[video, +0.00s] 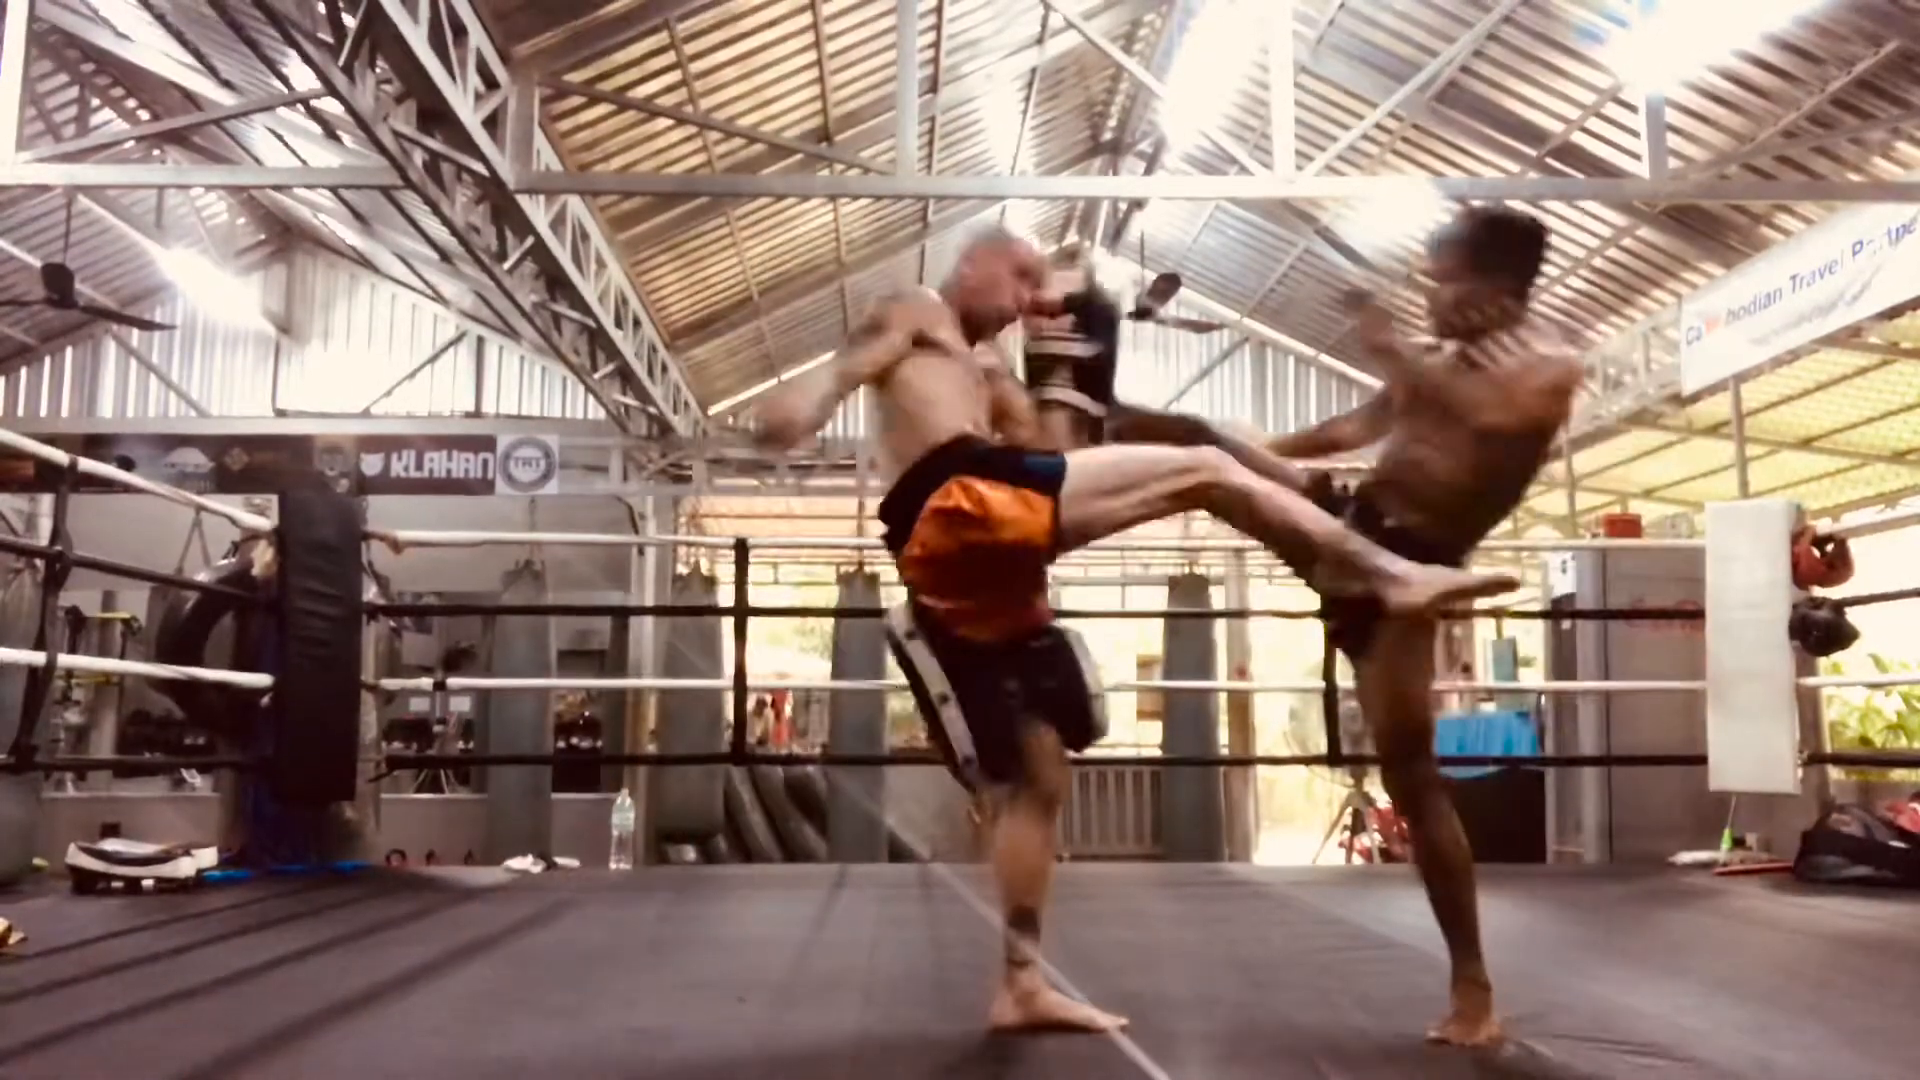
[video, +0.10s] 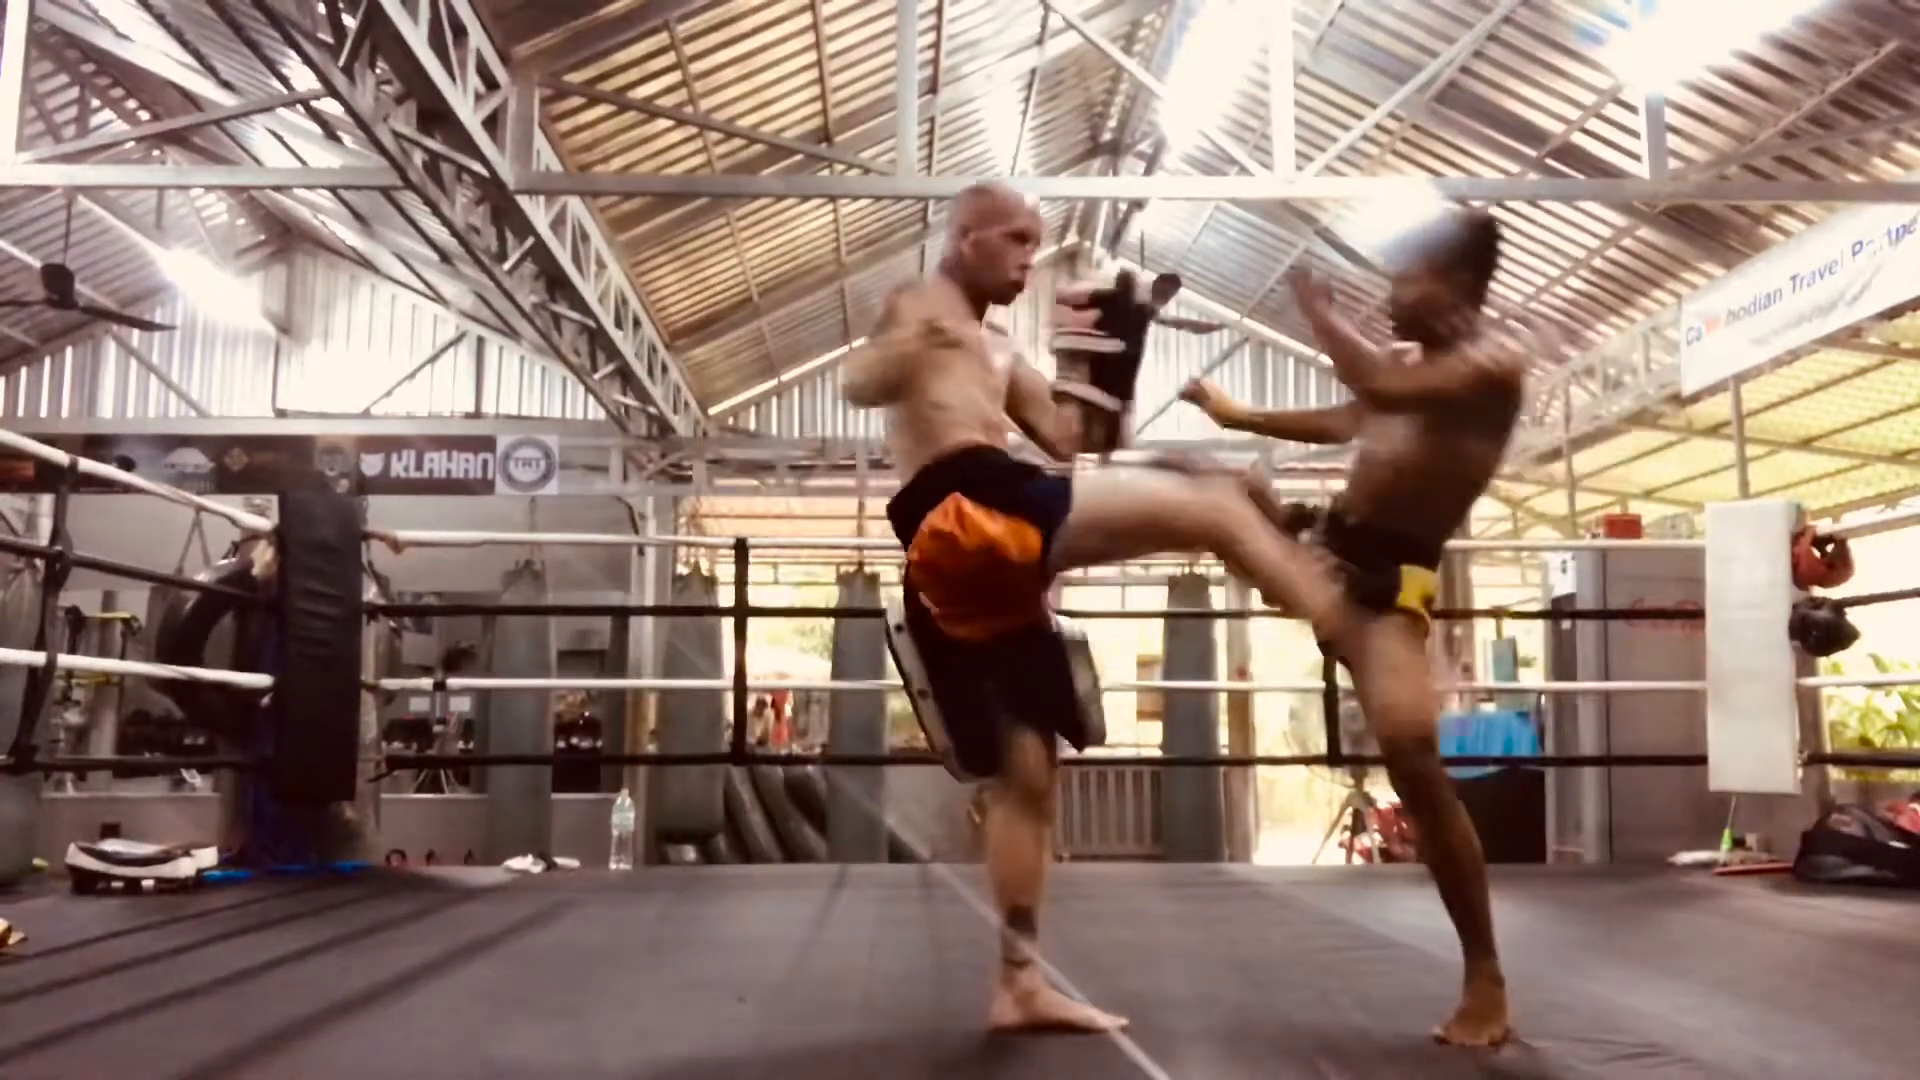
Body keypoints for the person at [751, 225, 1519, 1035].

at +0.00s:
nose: (1029, 300)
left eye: (1034, 290)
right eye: (1022, 279)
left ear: (1011, 296)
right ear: (974, 265)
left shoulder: (985, 371)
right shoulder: (919, 318)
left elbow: (1047, 458)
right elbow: (808, 400)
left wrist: (1049, 366)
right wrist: (803, 409)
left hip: (959, 566)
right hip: (968, 494)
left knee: (1039, 774)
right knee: (1204, 462)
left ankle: (1024, 980)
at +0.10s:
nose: (1029, 259)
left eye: (1034, 244)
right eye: (1016, 241)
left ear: (1024, 253)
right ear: (963, 240)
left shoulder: (998, 346)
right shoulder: (919, 301)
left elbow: (1071, 435)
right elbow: (857, 381)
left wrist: (1090, 342)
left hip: (955, 553)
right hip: (975, 503)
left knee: (1026, 770)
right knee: (1214, 508)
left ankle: (1022, 980)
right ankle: (1354, 634)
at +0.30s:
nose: (1062, 236)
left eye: (1067, 221)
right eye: (1048, 217)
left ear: (1017, 221)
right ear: (993, 213)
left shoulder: (982, 297)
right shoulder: (965, 279)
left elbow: (984, 433)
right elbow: (1052, 356)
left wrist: (1049, 403)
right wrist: (1178, 321)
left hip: (956, 527)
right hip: (989, 515)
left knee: (1035, 765)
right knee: (1093, 742)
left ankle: (1026, 974)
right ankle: (987, 984)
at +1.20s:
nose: (1064, 211)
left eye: (1061, 197)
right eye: (1060, 195)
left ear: (986, 182)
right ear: (1035, 182)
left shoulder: (910, 276)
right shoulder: (1033, 241)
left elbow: (843, 414)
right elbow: (1094, 397)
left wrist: (920, 451)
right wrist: (1108, 429)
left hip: (901, 509)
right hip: (978, 499)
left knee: (981, 768)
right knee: (965, 779)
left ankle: (1019, 974)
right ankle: (888, 1046)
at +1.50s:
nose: (997, 201)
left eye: (982, 187)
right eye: (997, 187)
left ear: (923, 192)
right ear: (993, 188)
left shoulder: (865, 288)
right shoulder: (1036, 263)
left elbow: (804, 405)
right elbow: (1102, 410)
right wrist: (1013, 416)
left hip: (890, 513)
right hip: (983, 504)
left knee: (910, 791)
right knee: (964, 790)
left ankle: (885, 1037)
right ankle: (885, 1049)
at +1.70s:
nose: (950, 208)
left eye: (919, 194)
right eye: (962, 189)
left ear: (897, 200)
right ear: (973, 195)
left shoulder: (853, 288)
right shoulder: (1033, 282)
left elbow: (806, 409)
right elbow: (1031, 403)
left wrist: (820, 439)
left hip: (893, 515)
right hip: (995, 511)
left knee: (898, 783)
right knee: (1041, 760)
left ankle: (877, 1019)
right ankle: (951, 976)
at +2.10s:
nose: (919, 228)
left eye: (924, 213)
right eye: (923, 213)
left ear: (950, 214)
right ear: (998, 220)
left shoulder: (944, 288)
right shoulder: (1052, 314)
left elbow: (941, 409)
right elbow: (1040, 437)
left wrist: (868, 464)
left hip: (958, 533)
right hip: (1040, 534)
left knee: (907, 795)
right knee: (1039, 778)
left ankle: (891, 1012)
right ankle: (1100, 979)